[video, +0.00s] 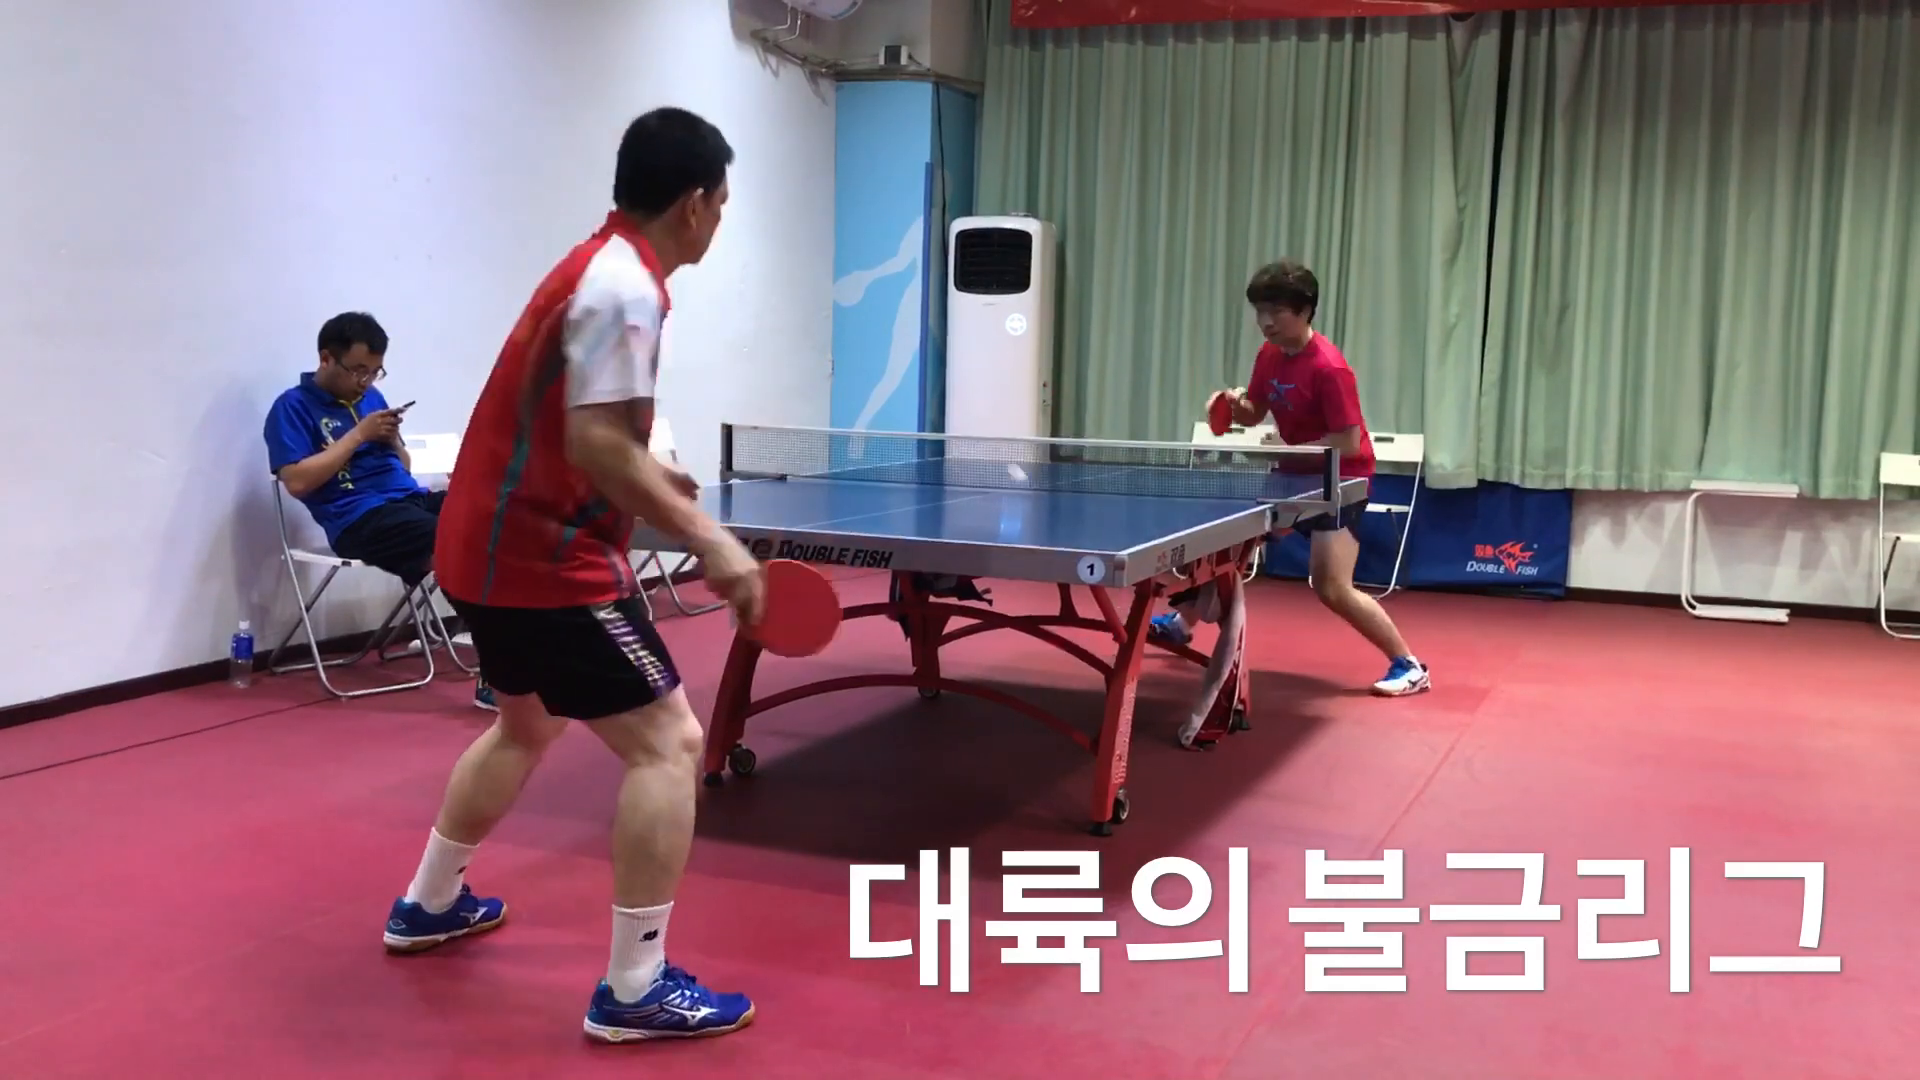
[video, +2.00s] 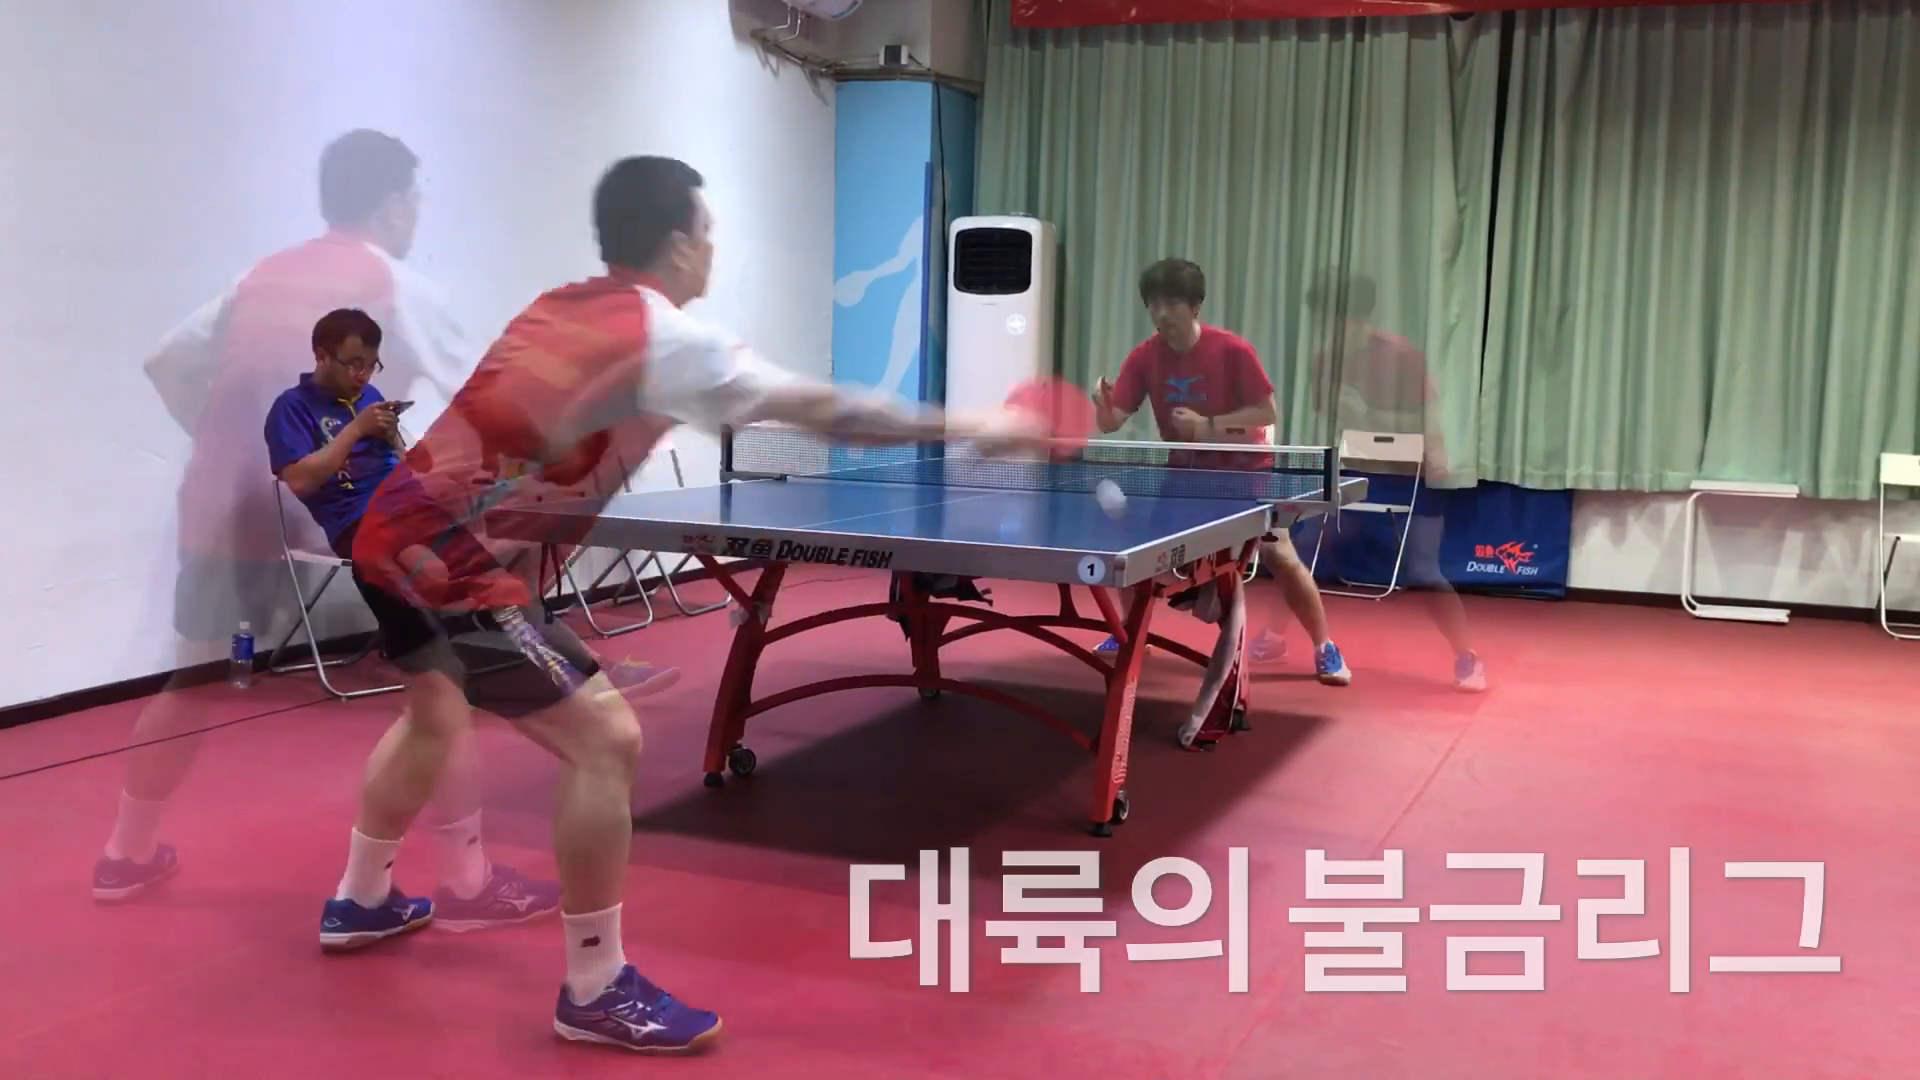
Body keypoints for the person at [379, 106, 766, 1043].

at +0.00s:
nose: (720, 218)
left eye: (723, 201)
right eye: (720, 200)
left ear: (638, 192)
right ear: (692, 202)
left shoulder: (597, 265)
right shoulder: (623, 285)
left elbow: (569, 421)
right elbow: (602, 448)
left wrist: (645, 462)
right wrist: (717, 547)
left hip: (487, 551)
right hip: (542, 565)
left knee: (523, 726)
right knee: (668, 743)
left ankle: (428, 901)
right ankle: (635, 986)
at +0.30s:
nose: (646, 218)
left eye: (649, 199)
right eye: (639, 196)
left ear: (573, 189)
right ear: (589, 186)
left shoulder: (506, 259)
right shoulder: (548, 280)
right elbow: (616, 433)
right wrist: (740, 412)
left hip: (448, 552)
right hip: (503, 557)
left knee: (515, 724)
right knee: (622, 735)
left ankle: (427, 900)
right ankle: (629, 984)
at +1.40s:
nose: (612, 187)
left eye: (610, 171)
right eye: (611, 171)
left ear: (516, 170)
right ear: (590, 173)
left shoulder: (450, 256)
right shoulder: (601, 263)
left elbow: (433, 388)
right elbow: (691, 398)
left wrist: (573, 420)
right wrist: (713, 357)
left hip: (422, 537)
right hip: (530, 541)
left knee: (443, 707)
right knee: (631, 733)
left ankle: (405, 901)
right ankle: (606, 975)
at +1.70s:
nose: (659, 197)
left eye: (656, 179)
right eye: (659, 179)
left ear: (567, 174)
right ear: (639, 182)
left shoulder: (511, 255)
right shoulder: (605, 271)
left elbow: (523, 410)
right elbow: (658, 440)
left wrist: (631, 459)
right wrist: (745, 481)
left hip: (423, 535)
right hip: (509, 551)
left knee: (453, 712)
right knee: (615, 735)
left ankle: (369, 895)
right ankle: (606, 983)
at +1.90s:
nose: (678, 224)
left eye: (676, 207)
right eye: (672, 208)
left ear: (596, 218)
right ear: (636, 218)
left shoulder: (539, 290)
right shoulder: (602, 312)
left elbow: (543, 414)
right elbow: (659, 452)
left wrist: (620, 474)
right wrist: (793, 519)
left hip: (407, 557)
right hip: (471, 568)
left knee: (459, 724)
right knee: (615, 738)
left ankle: (365, 901)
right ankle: (596, 984)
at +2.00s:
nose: (712, 251)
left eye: (708, 233)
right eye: (704, 234)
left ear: (622, 238)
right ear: (675, 243)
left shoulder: (558, 307)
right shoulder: (655, 335)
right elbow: (823, 407)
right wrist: (980, 428)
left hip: (392, 539)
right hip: (444, 556)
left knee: (433, 715)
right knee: (604, 740)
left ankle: (359, 897)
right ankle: (596, 988)